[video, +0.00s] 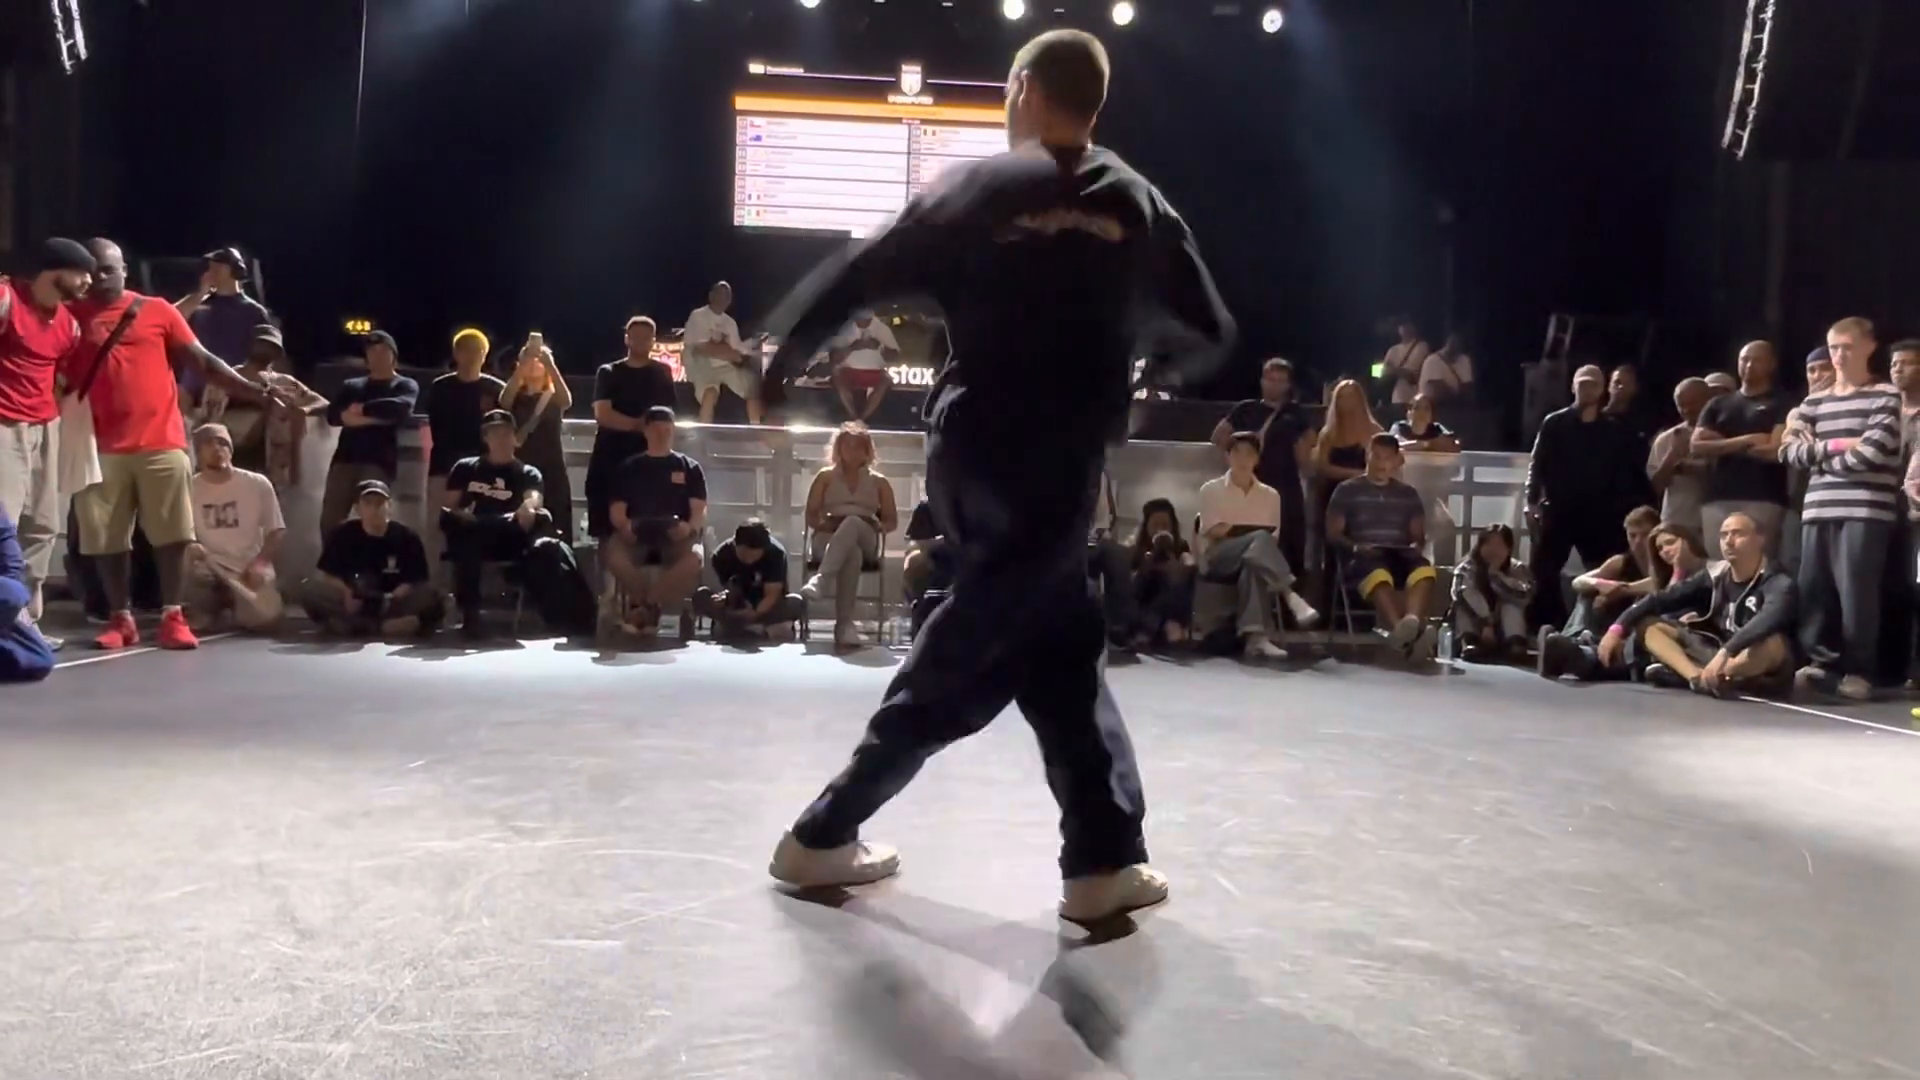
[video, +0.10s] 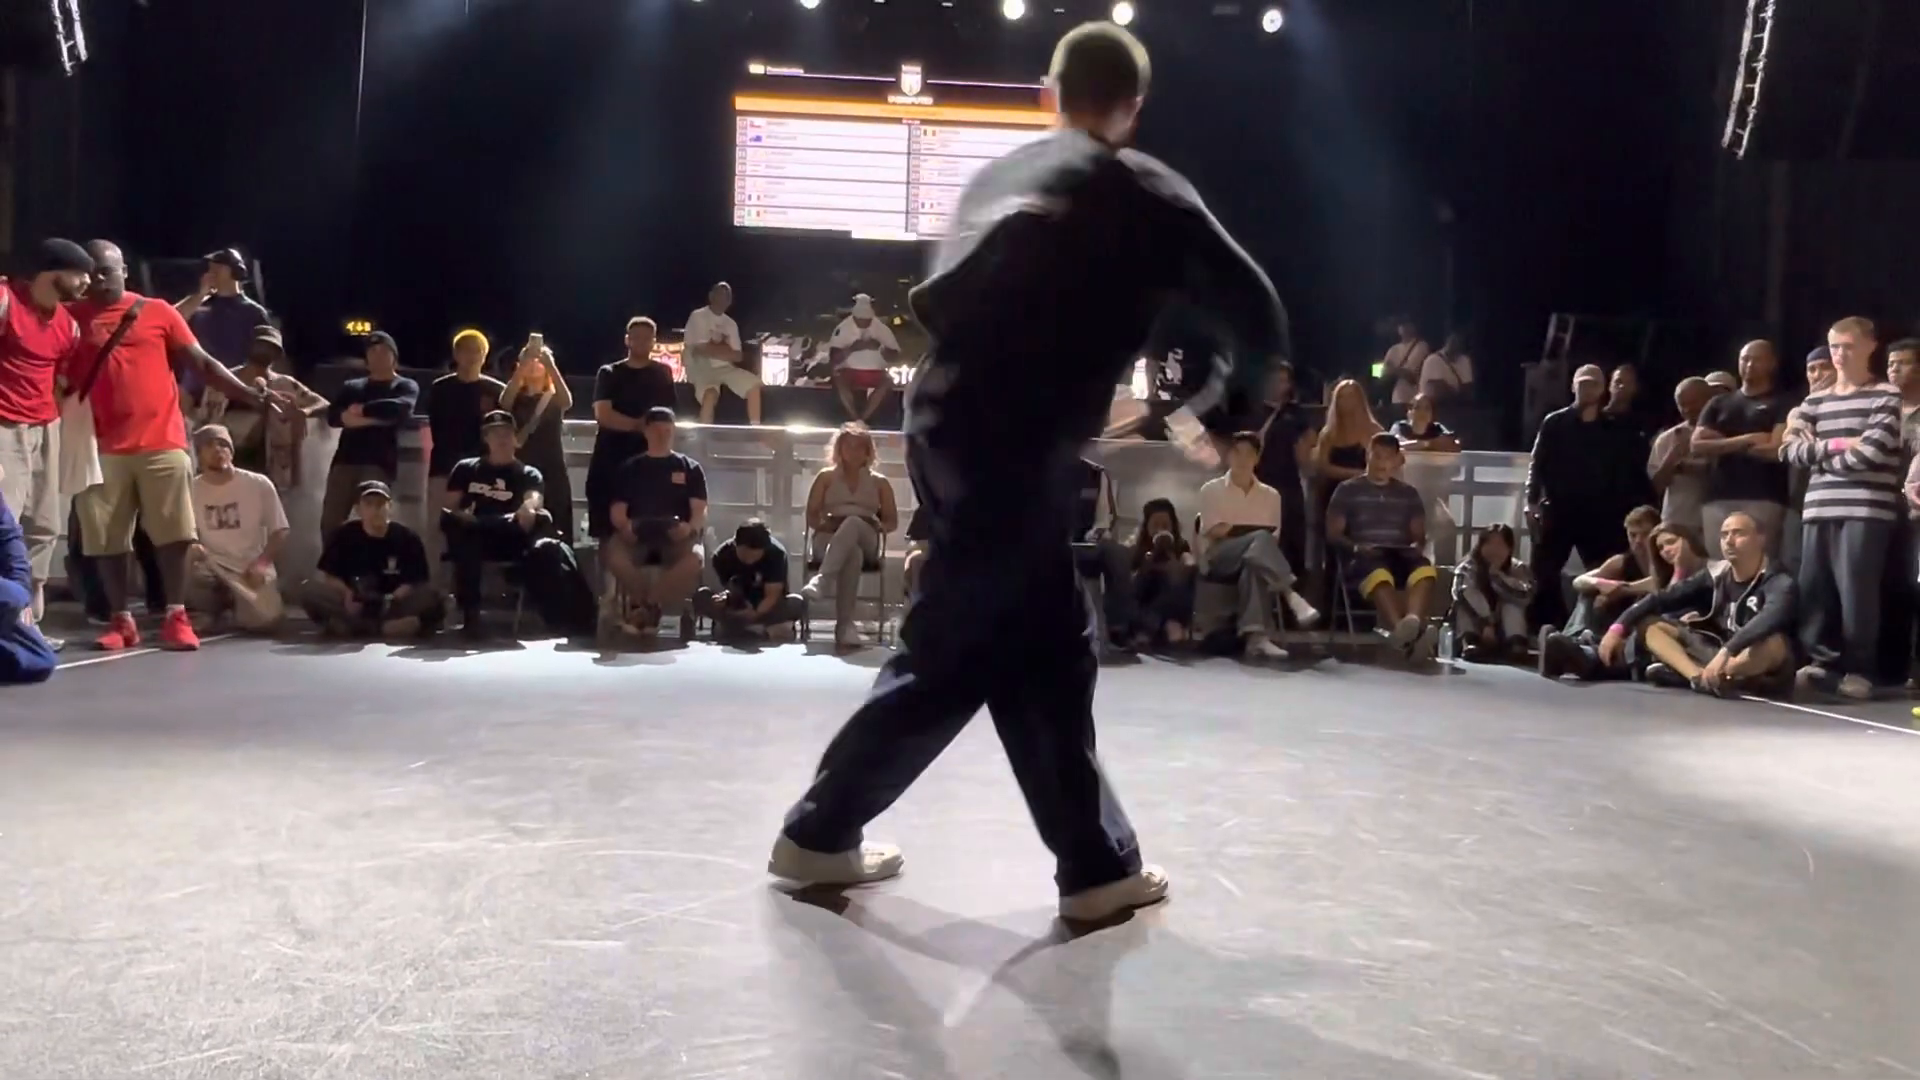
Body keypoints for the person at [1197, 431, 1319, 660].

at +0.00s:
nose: (1243, 459)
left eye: (1249, 454)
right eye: (1238, 453)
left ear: (1256, 459)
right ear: (1229, 457)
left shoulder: (1270, 496)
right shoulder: (1211, 490)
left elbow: (1271, 536)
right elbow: (1214, 532)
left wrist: (1230, 530)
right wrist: (1260, 531)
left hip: (1258, 559)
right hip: (1218, 558)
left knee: (1252, 567)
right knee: (1261, 538)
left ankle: (1256, 637)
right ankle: (1291, 596)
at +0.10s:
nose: (1241, 458)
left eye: (1247, 453)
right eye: (1236, 452)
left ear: (1256, 459)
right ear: (1229, 456)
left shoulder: (1271, 496)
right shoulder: (1211, 490)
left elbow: (1272, 536)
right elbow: (1214, 532)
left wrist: (1230, 530)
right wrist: (1261, 532)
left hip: (1259, 559)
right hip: (1219, 558)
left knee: (1253, 566)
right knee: (1262, 538)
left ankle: (1257, 637)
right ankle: (1292, 596)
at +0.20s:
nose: (1242, 459)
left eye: (1248, 454)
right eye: (1237, 453)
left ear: (1257, 459)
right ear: (1229, 457)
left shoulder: (1272, 496)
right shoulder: (1212, 490)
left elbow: (1273, 536)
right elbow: (1214, 532)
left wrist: (1231, 530)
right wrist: (1260, 532)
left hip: (1260, 559)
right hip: (1220, 558)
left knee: (1254, 566)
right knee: (1263, 538)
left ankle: (1258, 637)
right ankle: (1292, 596)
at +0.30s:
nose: (1243, 459)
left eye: (1249, 454)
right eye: (1238, 453)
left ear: (1258, 459)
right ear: (1230, 457)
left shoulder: (1272, 496)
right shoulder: (1213, 490)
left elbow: (1273, 537)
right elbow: (1215, 533)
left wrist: (1232, 531)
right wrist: (1262, 533)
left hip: (1260, 559)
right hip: (1221, 558)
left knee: (1254, 567)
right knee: (1263, 539)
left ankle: (1258, 637)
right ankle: (1293, 596)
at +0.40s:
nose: (1244, 459)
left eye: (1251, 454)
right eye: (1239, 454)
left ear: (1259, 460)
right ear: (1231, 457)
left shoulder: (1274, 497)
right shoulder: (1214, 491)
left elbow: (1275, 537)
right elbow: (1217, 534)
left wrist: (1233, 531)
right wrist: (1264, 533)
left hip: (1262, 559)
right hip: (1222, 559)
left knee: (1255, 568)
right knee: (1264, 539)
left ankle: (1260, 638)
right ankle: (1295, 597)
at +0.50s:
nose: (1245, 458)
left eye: (1251, 453)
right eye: (1240, 452)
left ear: (1260, 459)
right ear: (1232, 457)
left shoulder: (1274, 496)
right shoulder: (1215, 490)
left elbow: (1276, 537)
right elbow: (1218, 533)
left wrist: (1234, 530)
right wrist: (1263, 532)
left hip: (1262, 559)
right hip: (1222, 558)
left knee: (1256, 567)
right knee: (1264, 539)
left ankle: (1260, 638)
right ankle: (1295, 597)